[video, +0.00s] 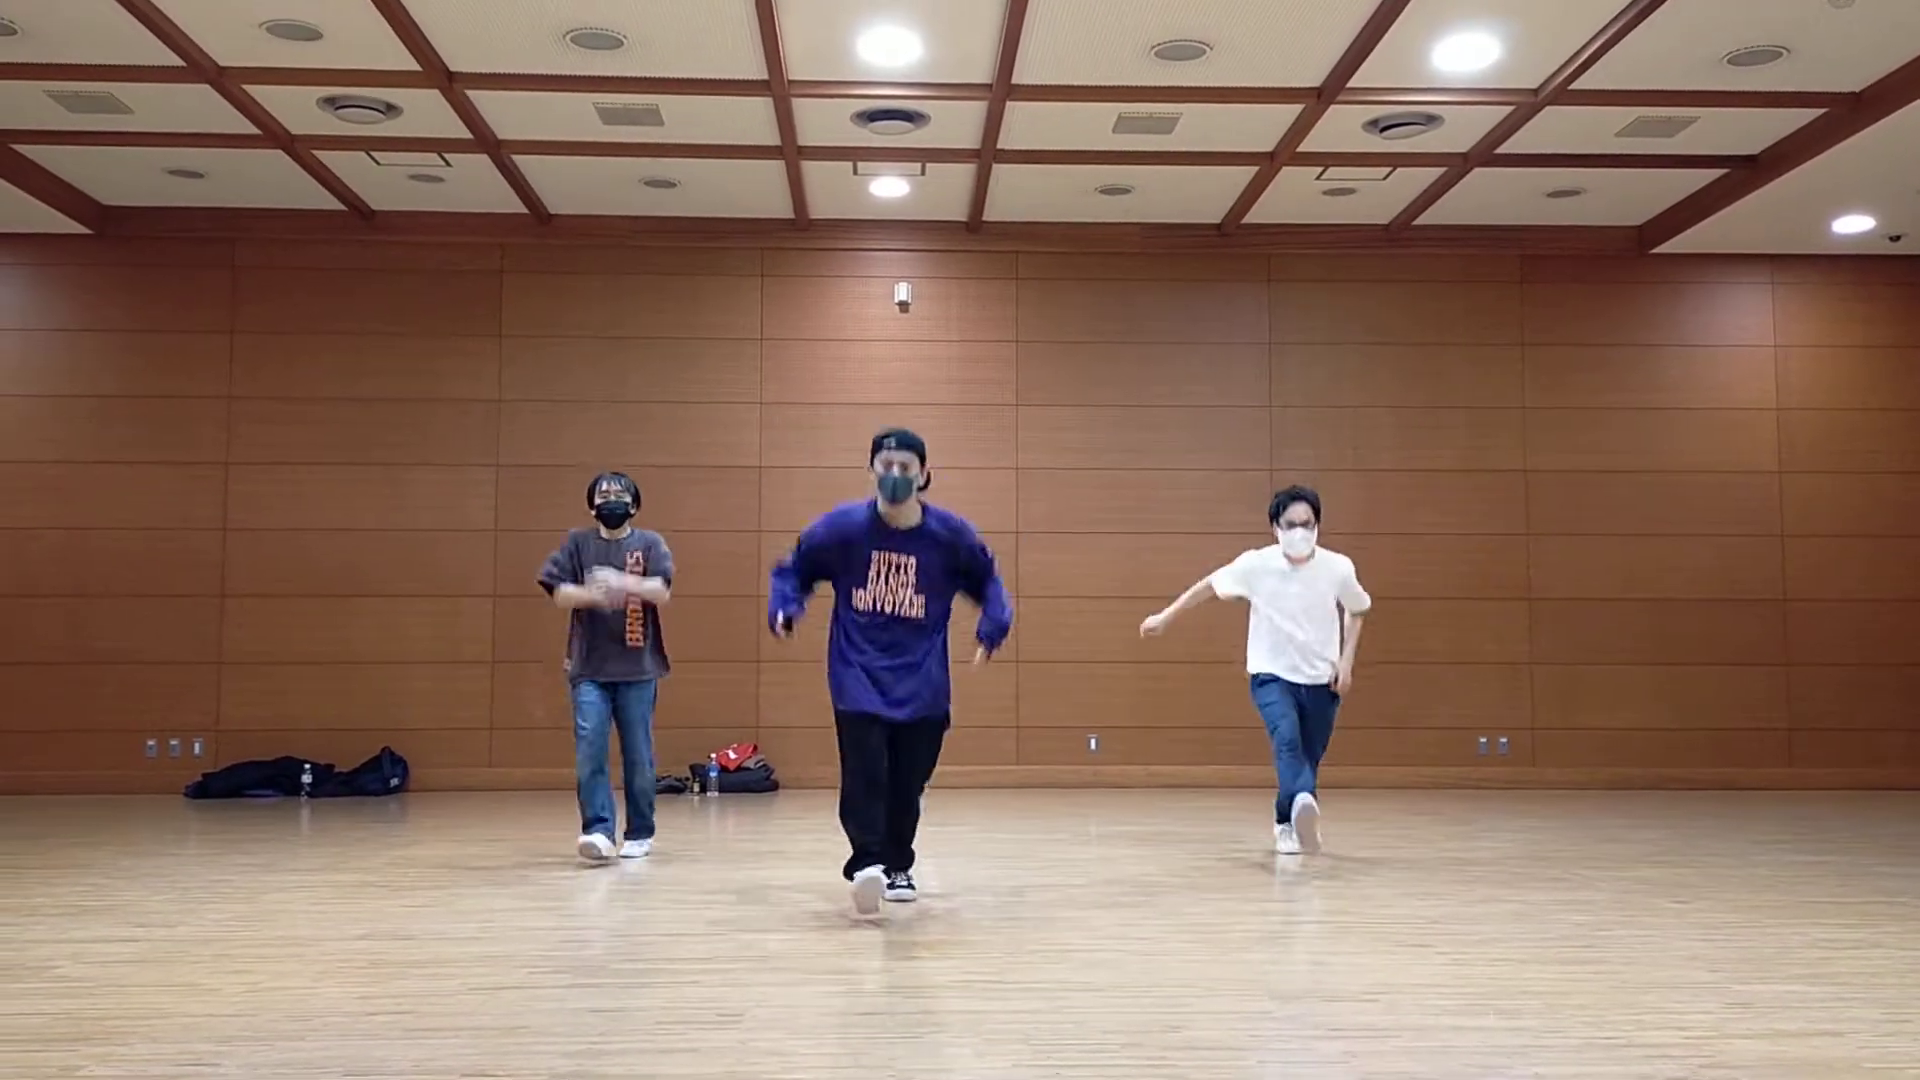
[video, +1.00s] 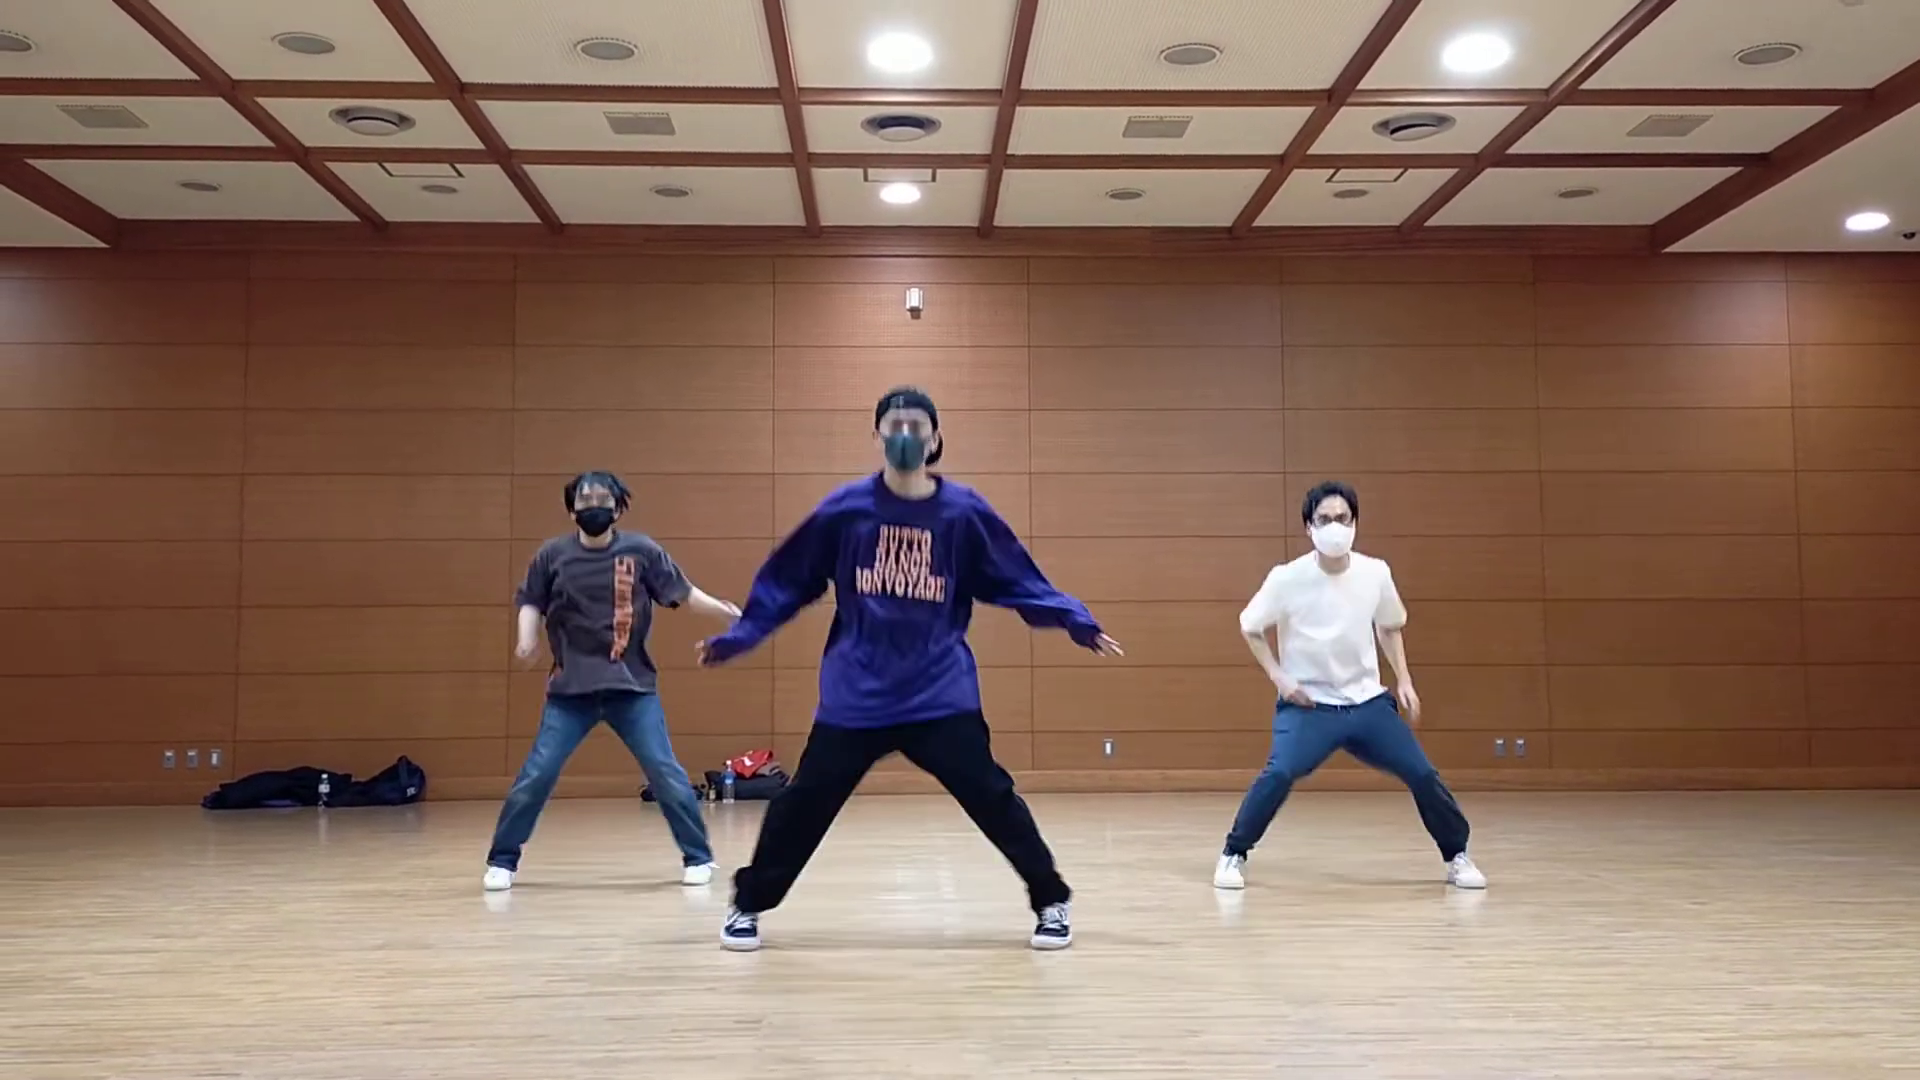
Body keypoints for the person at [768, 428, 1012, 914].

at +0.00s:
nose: (894, 474)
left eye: (905, 467)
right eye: (886, 465)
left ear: (922, 475)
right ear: (873, 471)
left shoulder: (950, 534)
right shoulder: (844, 526)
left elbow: (988, 580)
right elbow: (793, 569)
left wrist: (995, 619)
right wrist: (785, 601)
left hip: (922, 675)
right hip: (858, 672)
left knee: (908, 779)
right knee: (866, 768)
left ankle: (898, 869)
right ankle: (867, 868)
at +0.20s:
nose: (889, 499)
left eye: (899, 491)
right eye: (880, 490)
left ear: (918, 495)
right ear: (868, 493)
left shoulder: (944, 555)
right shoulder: (844, 551)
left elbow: (951, 631)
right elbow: (814, 632)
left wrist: (920, 622)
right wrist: (826, 629)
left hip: (920, 695)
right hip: (860, 689)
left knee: (917, 791)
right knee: (867, 778)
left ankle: (901, 864)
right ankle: (860, 892)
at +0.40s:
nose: (891, 433)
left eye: (901, 425)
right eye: (881, 426)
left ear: (919, 437)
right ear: (867, 437)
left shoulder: (947, 493)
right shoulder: (841, 497)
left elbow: (949, 567)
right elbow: (822, 564)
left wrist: (893, 535)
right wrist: (863, 535)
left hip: (930, 663)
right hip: (864, 663)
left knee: (927, 775)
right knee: (870, 780)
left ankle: (917, 857)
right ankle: (870, 893)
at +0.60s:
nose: (898, 438)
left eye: (909, 431)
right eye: (888, 431)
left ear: (926, 446)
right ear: (872, 444)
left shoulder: (956, 518)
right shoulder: (845, 517)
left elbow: (962, 609)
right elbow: (841, 611)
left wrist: (931, 676)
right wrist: (878, 679)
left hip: (929, 683)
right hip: (861, 684)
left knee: (917, 781)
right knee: (873, 787)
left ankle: (914, 897)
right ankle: (875, 901)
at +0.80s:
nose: (904, 389)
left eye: (915, 382)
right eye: (894, 382)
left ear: (933, 401)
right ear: (877, 399)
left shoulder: (957, 471)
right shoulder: (849, 468)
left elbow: (981, 550)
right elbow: (813, 539)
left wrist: (992, 605)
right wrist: (809, 586)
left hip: (933, 647)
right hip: (862, 648)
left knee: (942, 767)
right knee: (858, 768)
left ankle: (947, 886)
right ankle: (857, 888)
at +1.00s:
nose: (903, 426)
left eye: (915, 420)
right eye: (893, 419)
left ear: (934, 439)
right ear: (877, 436)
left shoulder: (964, 511)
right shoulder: (845, 509)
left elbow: (1018, 580)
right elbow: (787, 580)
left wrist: (1073, 617)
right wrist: (741, 636)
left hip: (938, 687)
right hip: (857, 687)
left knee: (986, 791)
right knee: (809, 798)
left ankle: (1051, 900)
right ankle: (747, 904)